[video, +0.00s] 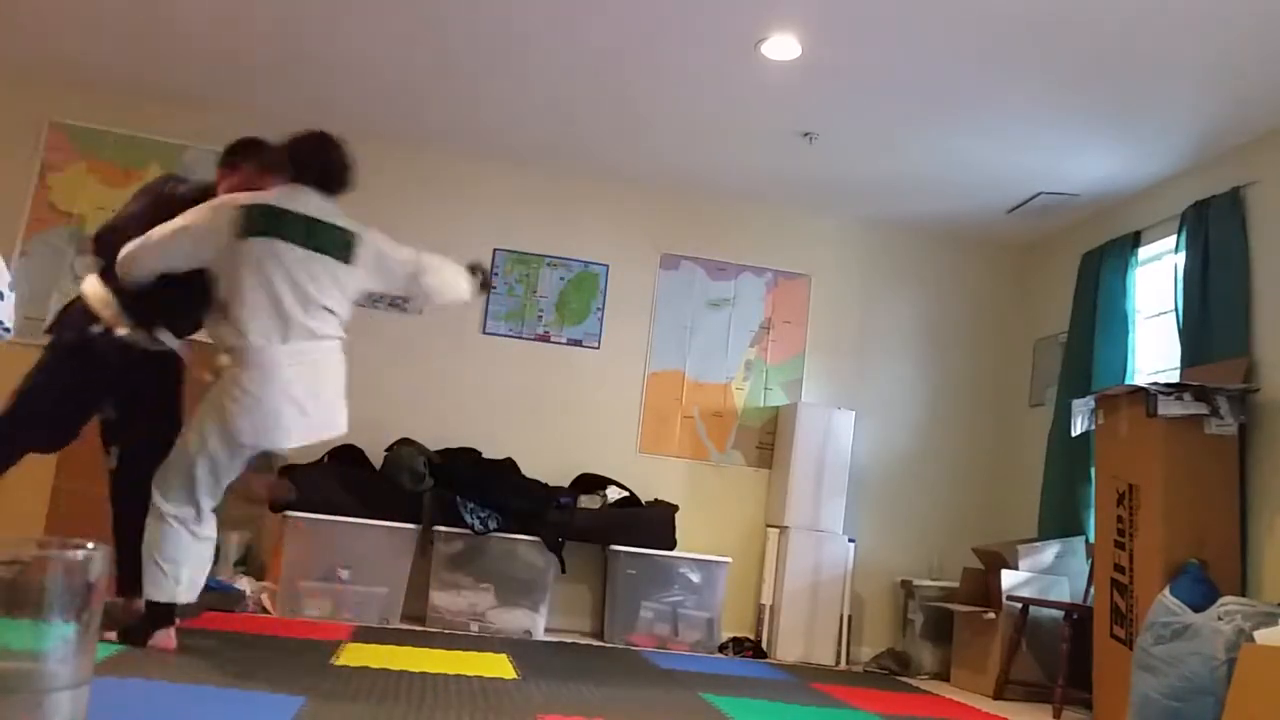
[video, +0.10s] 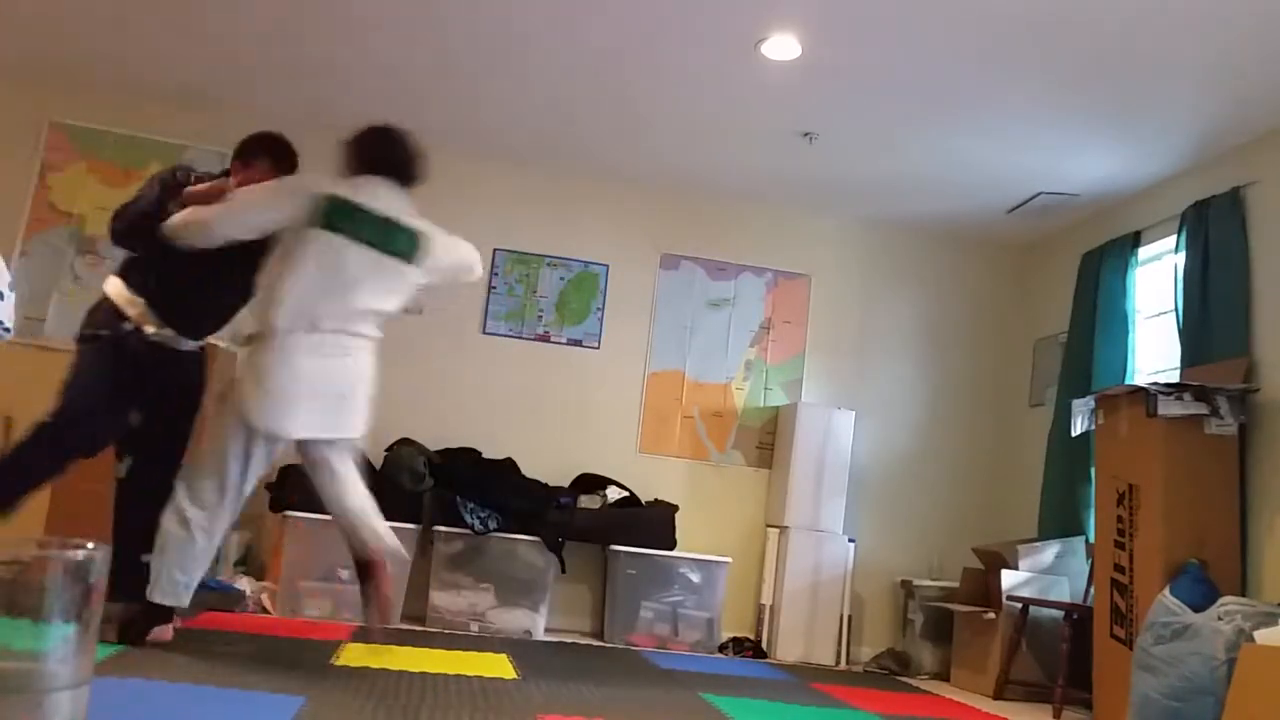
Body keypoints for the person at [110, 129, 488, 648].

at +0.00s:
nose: (257, 175)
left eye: (270, 166)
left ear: (282, 167)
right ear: (337, 183)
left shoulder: (238, 214)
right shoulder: (355, 241)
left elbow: (137, 259)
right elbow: (427, 278)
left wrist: (129, 272)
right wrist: (473, 278)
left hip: (248, 400)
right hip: (320, 407)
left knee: (180, 494)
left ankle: (160, 621)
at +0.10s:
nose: (263, 192)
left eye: (274, 187)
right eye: (262, 180)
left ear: (275, 190)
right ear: (240, 168)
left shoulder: (267, 230)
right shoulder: (182, 185)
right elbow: (123, 231)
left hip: (181, 355)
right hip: (119, 329)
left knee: (153, 479)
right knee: (80, 430)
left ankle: (130, 601)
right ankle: (3, 494)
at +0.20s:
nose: (284, 188)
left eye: (291, 179)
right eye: (277, 174)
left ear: (293, 179)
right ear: (244, 164)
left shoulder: (286, 228)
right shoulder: (185, 196)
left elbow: (336, 264)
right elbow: (138, 259)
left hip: (200, 359)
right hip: (140, 336)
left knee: (162, 480)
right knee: (117, 437)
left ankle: (131, 597)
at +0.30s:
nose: (287, 188)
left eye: (293, 177)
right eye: (278, 174)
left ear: (298, 177)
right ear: (244, 166)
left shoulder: (293, 235)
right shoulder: (190, 203)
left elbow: (344, 281)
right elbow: (137, 275)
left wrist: (341, 238)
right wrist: (206, 247)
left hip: (215, 373)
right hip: (159, 352)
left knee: (168, 479)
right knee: (147, 467)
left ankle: (133, 592)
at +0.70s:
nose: (332, 136)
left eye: (341, 127)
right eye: (325, 121)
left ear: (342, 127)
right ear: (289, 109)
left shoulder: (326, 178)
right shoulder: (234, 142)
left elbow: (353, 267)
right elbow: (195, 219)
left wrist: (349, 212)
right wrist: (271, 190)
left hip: (276, 331)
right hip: (221, 314)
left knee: (248, 467)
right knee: (215, 467)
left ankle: (186, 593)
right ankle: (189, 641)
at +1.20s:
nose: (362, 165)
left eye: (369, 156)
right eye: (355, 150)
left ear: (364, 156)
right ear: (319, 139)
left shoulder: (341, 218)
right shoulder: (259, 177)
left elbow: (322, 314)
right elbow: (210, 254)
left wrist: (348, 301)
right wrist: (294, 279)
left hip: (263, 341)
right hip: (231, 332)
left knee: (216, 485)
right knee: (286, 474)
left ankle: (170, 620)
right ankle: (250, 633)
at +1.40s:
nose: (360, 168)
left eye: (366, 160)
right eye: (353, 154)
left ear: (362, 161)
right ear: (319, 143)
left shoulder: (331, 218)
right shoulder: (274, 180)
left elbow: (317, 296)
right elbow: (240, 260)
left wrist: (372, 281)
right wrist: (327, 275)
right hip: (242, 348)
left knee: (174, 475)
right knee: (277, 494)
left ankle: (105, 596)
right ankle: (249, 637)